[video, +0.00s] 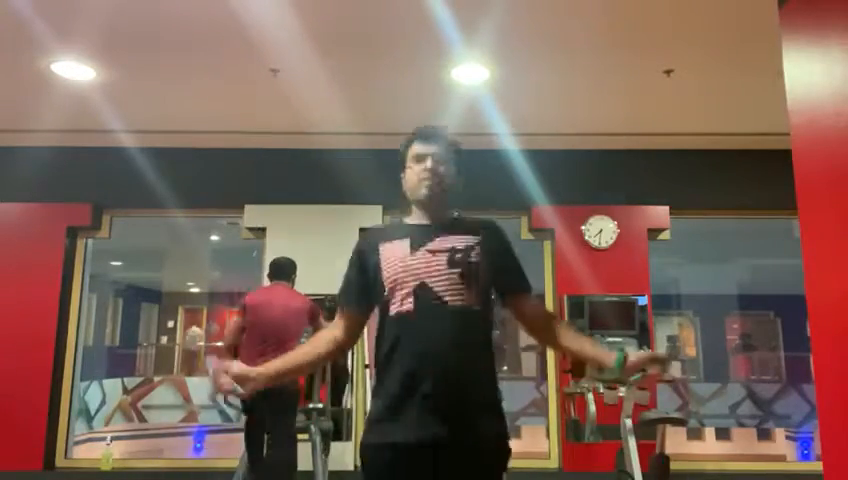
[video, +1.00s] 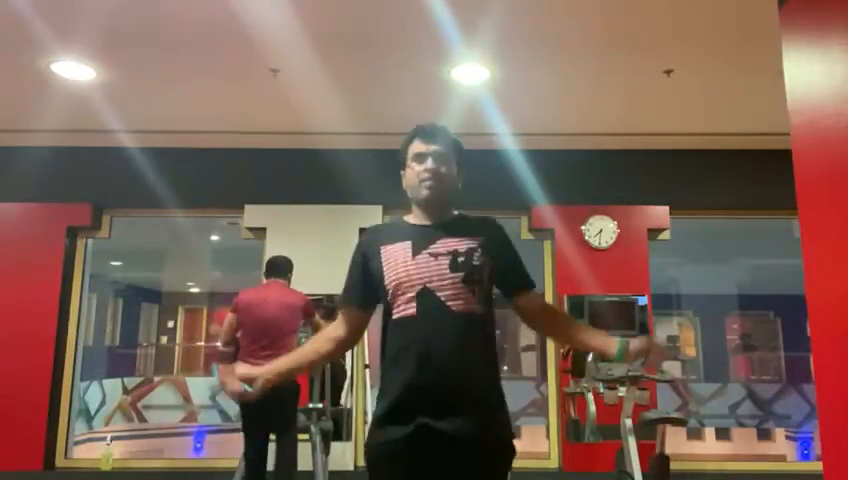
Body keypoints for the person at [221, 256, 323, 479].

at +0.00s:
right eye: (294, 277)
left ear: (268, 277)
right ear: (294, 278)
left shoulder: (251, 299)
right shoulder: (304, 303)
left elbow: (231, 339)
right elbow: (324, 336)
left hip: (253, 379)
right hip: (286, 380)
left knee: (254, 432)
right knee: (284, 437)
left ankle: (256, 473)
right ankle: (283, 475)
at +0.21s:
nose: (289, 281)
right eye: (289, 277)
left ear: (264, 277)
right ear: (289, 278)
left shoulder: (246, 300)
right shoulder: (298, 303)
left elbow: (228, 337)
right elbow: (320, 338)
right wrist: (328, 331)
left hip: (248, 380)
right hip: (284, 380)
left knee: (251, 441)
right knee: (294, 423)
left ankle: (250, 476)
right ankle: (289, 472)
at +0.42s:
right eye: (292, 280)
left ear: (267, 279)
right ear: (291, 280)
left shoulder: (250, 300)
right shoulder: (299, 303)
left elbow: (244, 340)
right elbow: (311, 343)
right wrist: (315, 367)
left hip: (253, 377)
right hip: (288, 376)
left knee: (252, 436)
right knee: (296, 426)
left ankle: (245, 474)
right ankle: (295, 469)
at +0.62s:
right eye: (294, 276)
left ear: (268, 275)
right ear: (293, 277)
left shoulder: (251, 296)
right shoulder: (305, 301)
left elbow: (243, 336)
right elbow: (323, 339)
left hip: (253, 379)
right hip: (291, 380)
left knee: (256, 433)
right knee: (286, 438)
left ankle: (252, 476)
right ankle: (286, 476)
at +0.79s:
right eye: (290, 279)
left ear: (266, 279)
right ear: (291, 280)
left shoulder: (249, 302)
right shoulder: (304, 305)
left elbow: (233, 341)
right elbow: (322, 334)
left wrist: (230, 369)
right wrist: (318, 358)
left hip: (253, 380)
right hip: (289, 380)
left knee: (256, 434)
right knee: (285, 438)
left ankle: (257, 473)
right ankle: (284, 474)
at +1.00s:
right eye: (290, 276)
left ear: (264, 275)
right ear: (289, 276)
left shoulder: (243, 298)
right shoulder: (300, 300)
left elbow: (226, 338)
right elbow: (320, 329)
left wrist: (246, 344)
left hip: (250, 381)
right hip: (284, 381)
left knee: (254, 444)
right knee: (286, 441)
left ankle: (254, 477)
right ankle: (284, 476)